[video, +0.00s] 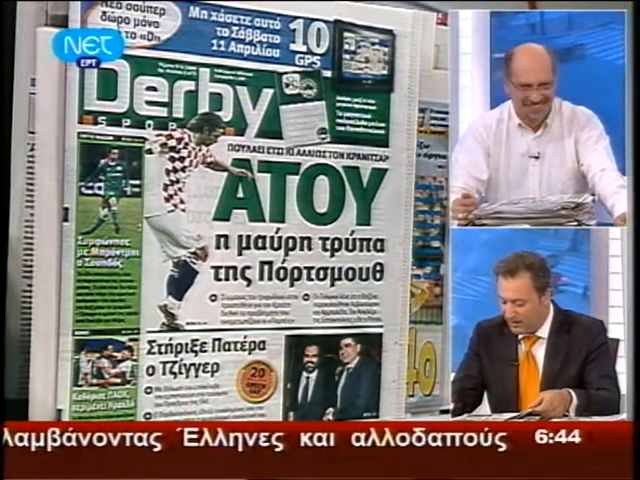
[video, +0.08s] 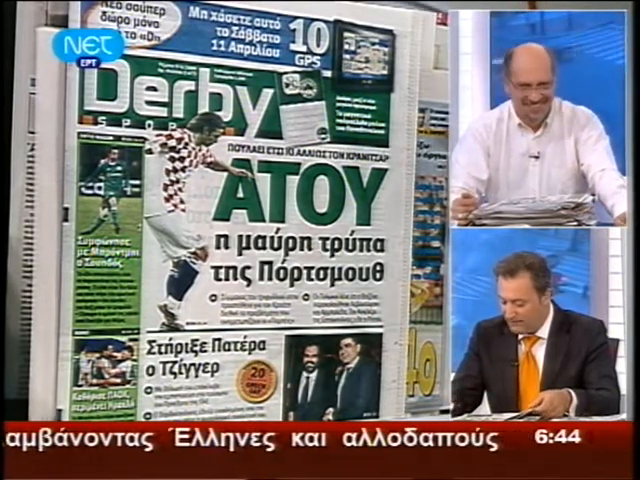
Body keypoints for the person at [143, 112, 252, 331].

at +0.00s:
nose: (215, 141)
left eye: (217, 137)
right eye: (215, 136)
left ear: (207, 132)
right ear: (205, 130)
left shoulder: (199, 150)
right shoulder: (179, 137)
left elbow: (212, 162)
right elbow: (149, 145)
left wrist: (232, 170)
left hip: (166, 209)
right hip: (161, 208)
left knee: (180, 262)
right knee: (200, 251)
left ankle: (171, 317)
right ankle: (172, 304)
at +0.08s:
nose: (215, 141)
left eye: (217, 137)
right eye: (215, 136)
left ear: (207, 132)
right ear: (205, 130)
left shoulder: (199, 150)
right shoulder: (179, 137)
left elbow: (212, 162)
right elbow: (149, 145)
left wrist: (232, 170)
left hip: (166, 209)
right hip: (161, 208)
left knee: (180, 262)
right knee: (200, 251)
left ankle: (171, 317)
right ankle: (172, 304)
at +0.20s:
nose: (215, 141)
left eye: (217, 137)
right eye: (215, 136)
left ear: (206, 132)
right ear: (205, 130)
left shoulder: (199, 150)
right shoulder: (178, 137)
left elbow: (212, 162)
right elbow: (148, 146)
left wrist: (231, 170)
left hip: (167, 209)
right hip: (161, 207)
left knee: (180, 262)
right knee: (200, 251)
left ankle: (171, 317)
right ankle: (172, 303)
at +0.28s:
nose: (215, 141)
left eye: (217, 137)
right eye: (215, 136)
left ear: (206, 132)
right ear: (205, 130)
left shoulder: (199, 150)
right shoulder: (178, 137)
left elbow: (212, 162)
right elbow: (148, 146)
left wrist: (231, 170)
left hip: (167, 209)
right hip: (161, 207)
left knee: (180, 262)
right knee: (200, 251)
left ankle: (171, 317)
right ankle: (172, 303)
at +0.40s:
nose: (215, 141)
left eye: (217, 137)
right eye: (215, 136)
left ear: (206, 132)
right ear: (205, 130)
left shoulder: (199, 150)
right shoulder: (178, 137)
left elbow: (212, 162)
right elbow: (147, 146)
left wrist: (231, 170)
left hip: (167, 209)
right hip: (160, 207)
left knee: (180, 261)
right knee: (200, 251)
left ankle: (171, 317)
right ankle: (172, 303)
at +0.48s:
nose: (215, 141)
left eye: (217, 137)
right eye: (215, 135)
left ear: (206, 132)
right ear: (205, 130)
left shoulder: (199, 150)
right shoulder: (178, 137)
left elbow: (212, 162)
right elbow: (147, 146)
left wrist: (231, 170)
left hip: (167, 209)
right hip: (160, 207)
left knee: (180, 262)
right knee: (200, 251)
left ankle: (171, 317)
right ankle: (172, 303)